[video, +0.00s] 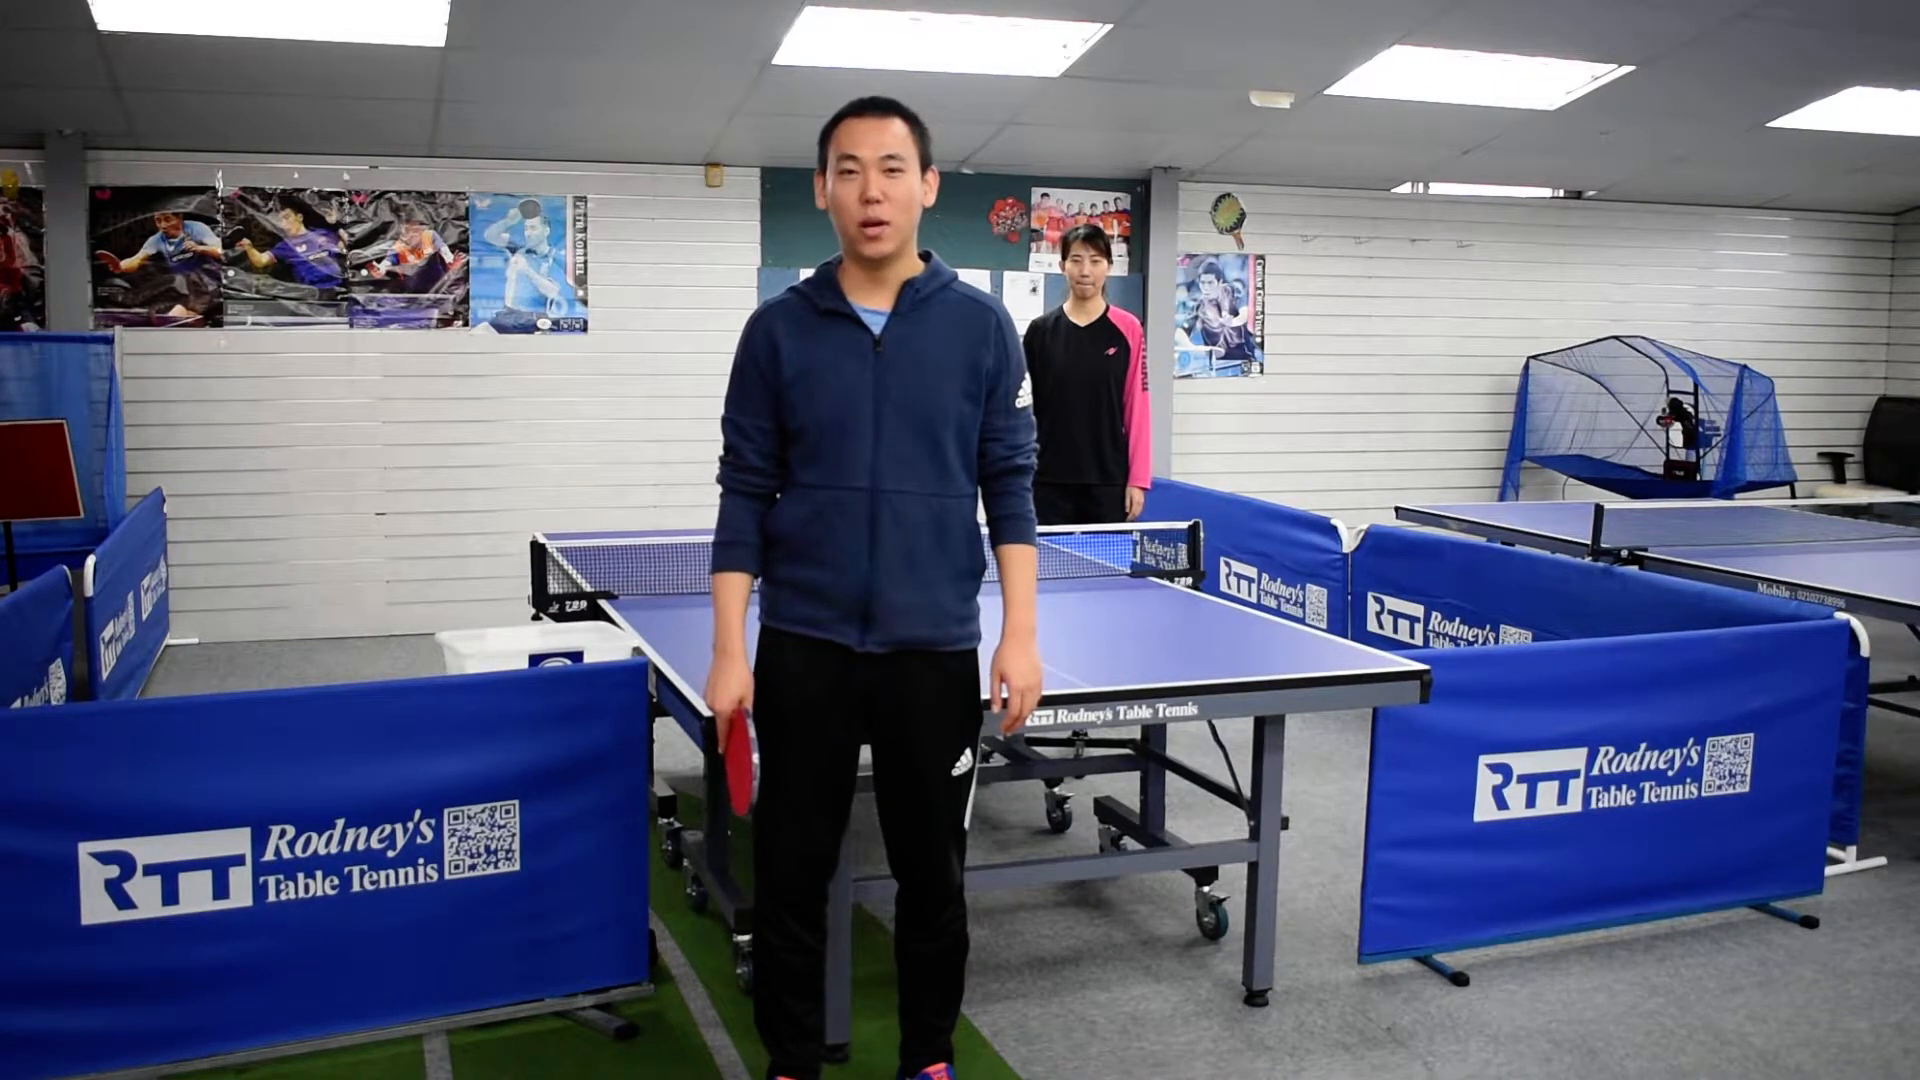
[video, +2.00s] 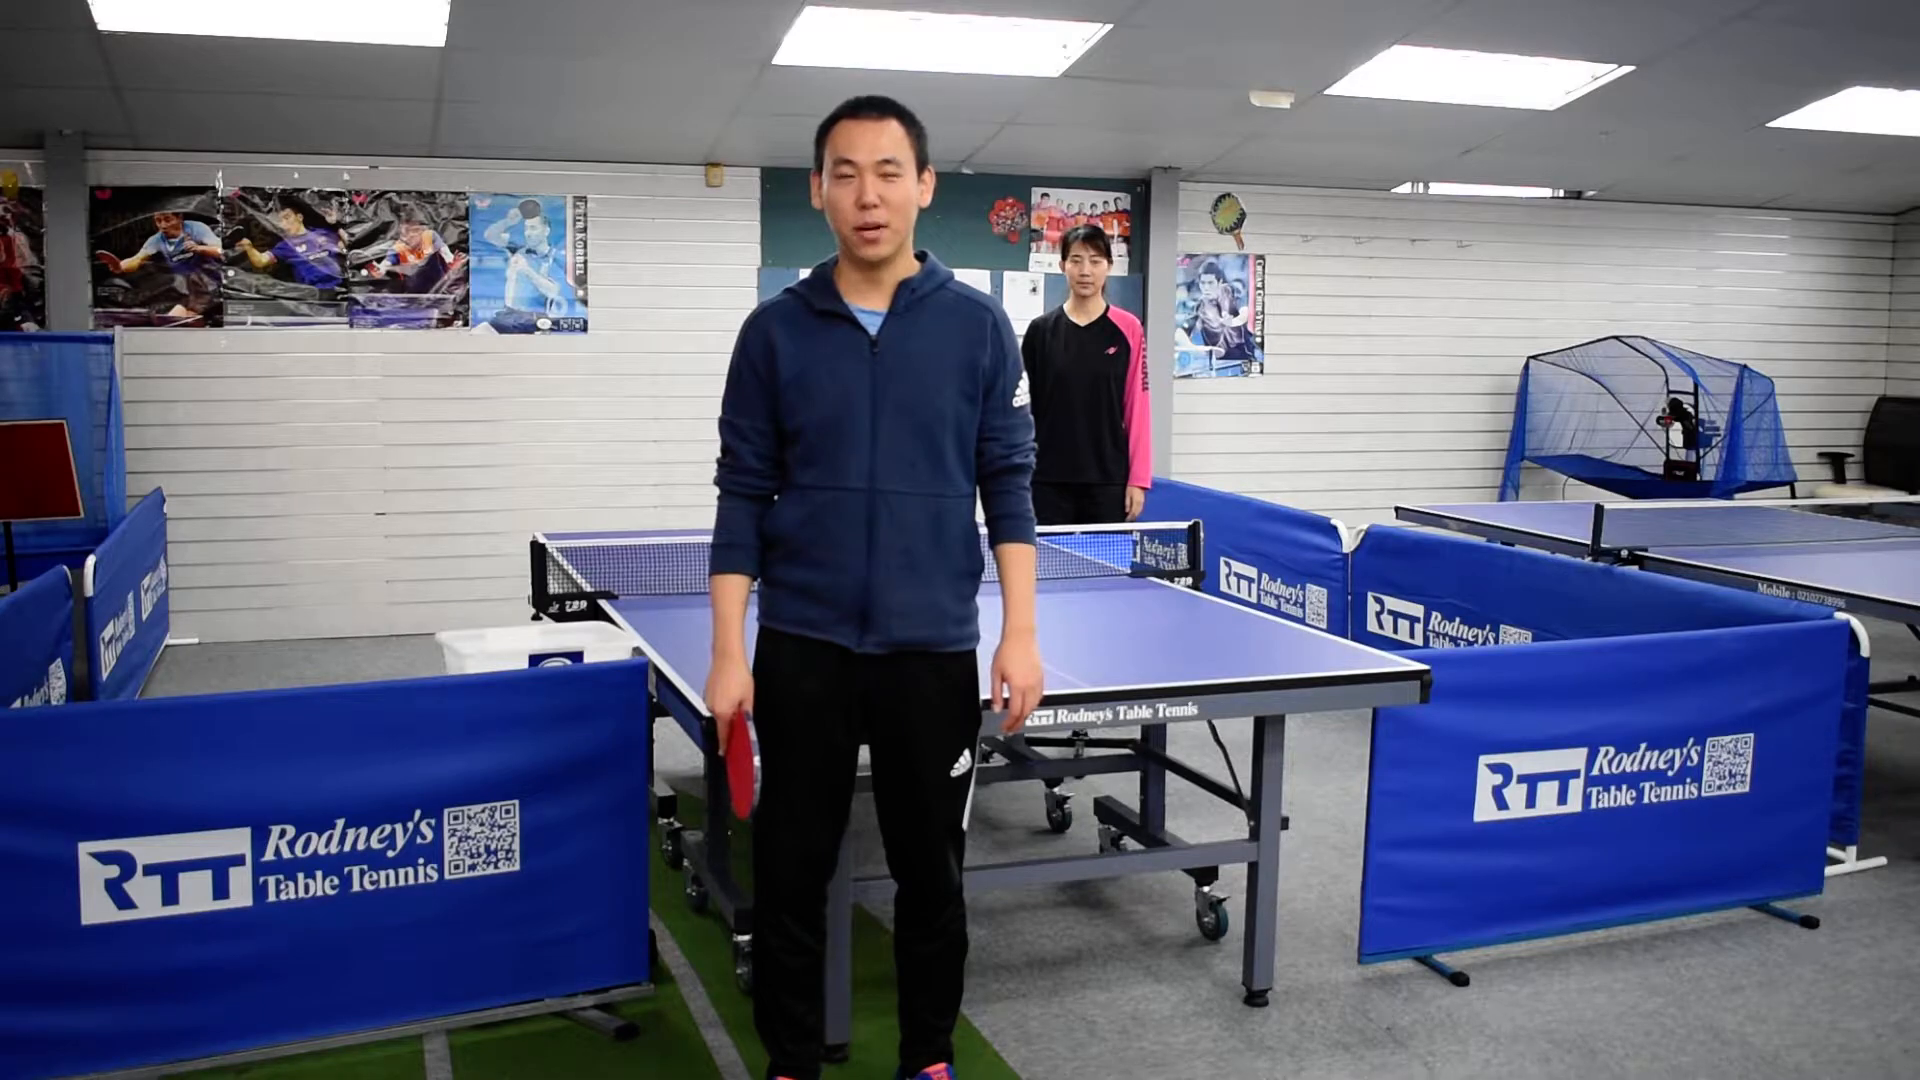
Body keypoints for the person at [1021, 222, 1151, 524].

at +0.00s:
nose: (1085, 271)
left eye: (1095, 262)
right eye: (1076, 261)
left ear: (1109, 268)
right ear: (1063, 266)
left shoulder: (1128, 329)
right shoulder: (1039, 331)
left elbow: (1137, 407)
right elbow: (1022, 405)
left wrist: (1138, 479)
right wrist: (1019, 479)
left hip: (1107, 483)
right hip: (1049, 482)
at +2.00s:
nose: (1085, 271)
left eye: (1095, 262)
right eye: (1076, 261)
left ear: (1109, 268)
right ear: (1063, 266)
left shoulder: (1128, 329)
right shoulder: (1040, 331)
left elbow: (1137, 407)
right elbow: (1022, 405)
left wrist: (1138, 478)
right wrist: (1019, 477)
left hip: (1107, 482)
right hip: (1049, 480)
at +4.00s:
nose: (1085, 271)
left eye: (1095, 262)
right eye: (1075, 261)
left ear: (1108, 268)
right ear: (1063, 266)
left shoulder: (1128, 329)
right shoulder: (1040, 331)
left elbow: (1137, 406)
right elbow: (1023, 404)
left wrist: (1138, 479)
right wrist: (1020, 476)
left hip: (1107, 482)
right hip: (1050, 480)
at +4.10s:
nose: (1085, 271)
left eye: (1095, 262)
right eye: (1075, 261)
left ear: (1108, 268)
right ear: (1063, 266)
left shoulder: (1128, 329)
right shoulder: (1040, 331)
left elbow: (1137, 406)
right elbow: (1023, 405)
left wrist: (1138, 478)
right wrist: (1020, 476)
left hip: (1107, 482)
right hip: (1050, 480)